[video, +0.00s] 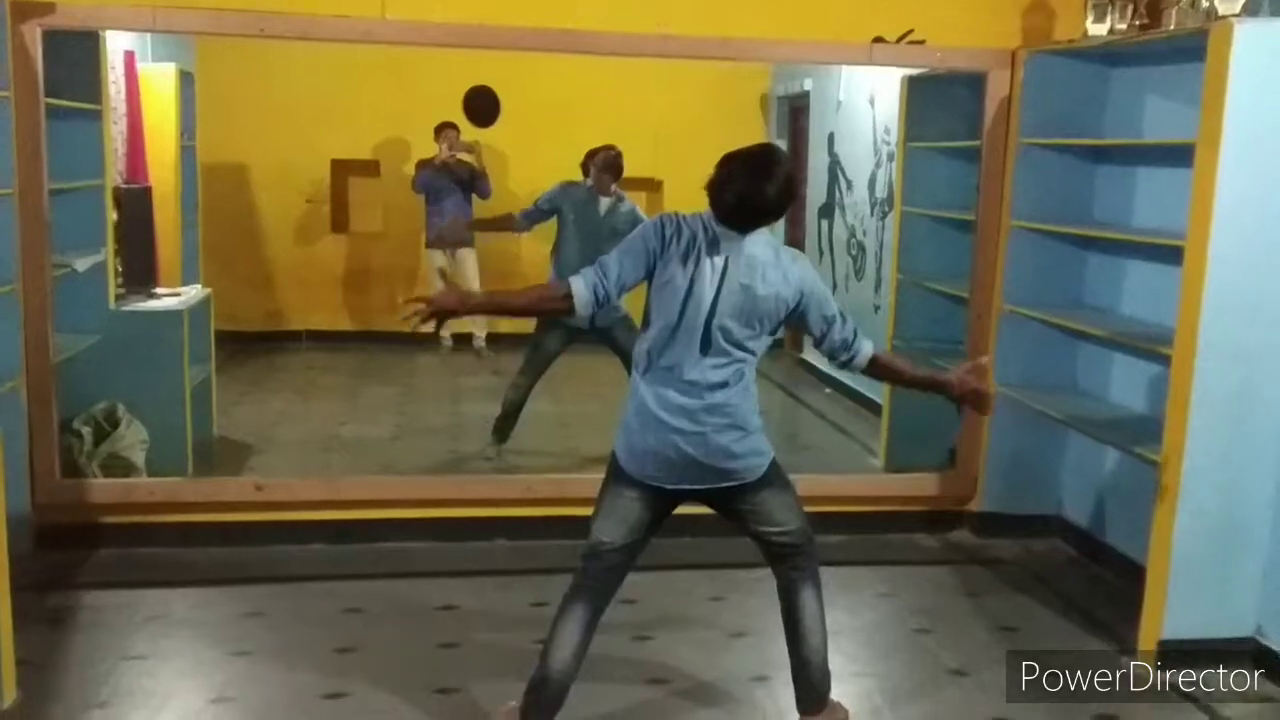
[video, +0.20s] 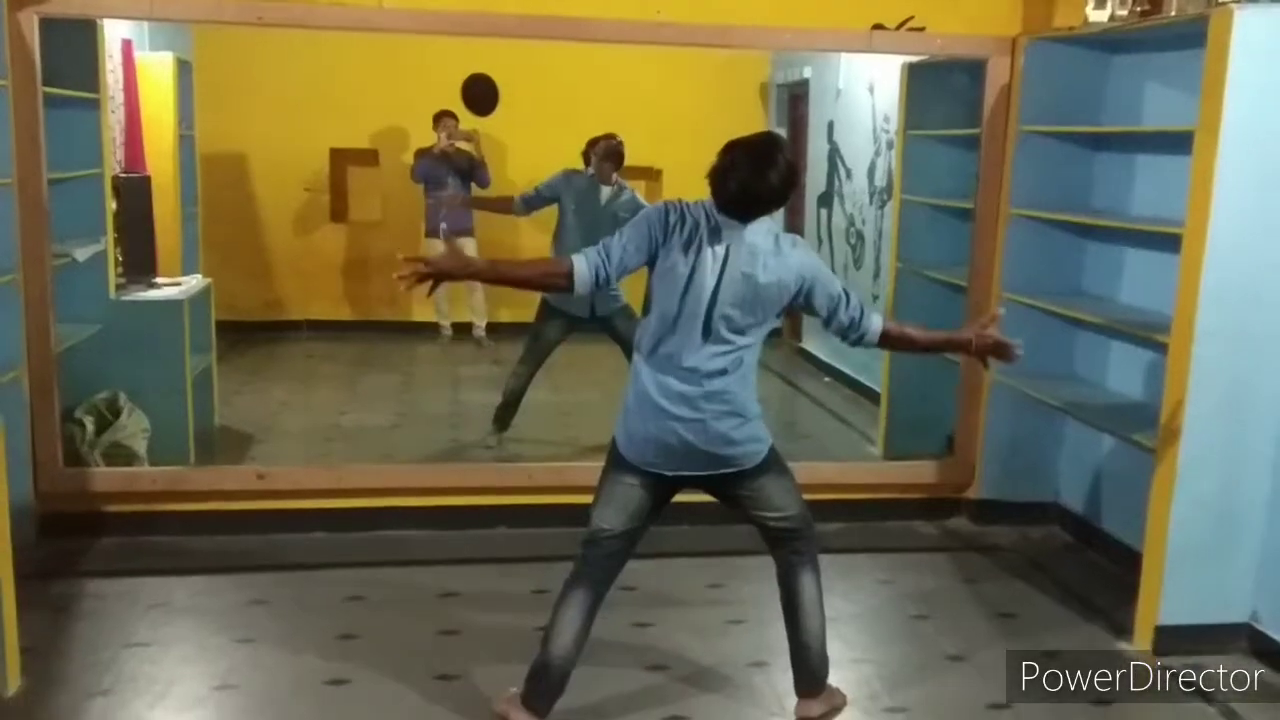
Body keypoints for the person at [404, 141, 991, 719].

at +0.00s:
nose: (795, 192)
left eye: (785, 182)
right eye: (791, 187)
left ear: (717, 191)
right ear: (779, 209)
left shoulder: (668, 232)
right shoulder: (791, 273)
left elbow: (578, 295)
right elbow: (857, 351)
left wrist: (472, 301)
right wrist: (945, 382)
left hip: (647, 442)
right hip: (730, 449)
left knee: (592, 582)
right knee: (797, 565)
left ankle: (533, 712)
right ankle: (816, 708)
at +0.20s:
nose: (782, 189)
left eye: (746, 171)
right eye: (785, 182)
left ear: (716, 180)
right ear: (778, 199)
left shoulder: (668, 221)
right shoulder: (791, 257)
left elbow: (577, 272)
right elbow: (868, 327)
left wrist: (466, 266)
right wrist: (958, 342)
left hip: (647, 429)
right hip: (731, 435)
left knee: (591, 571)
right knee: (797, 551)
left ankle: (528, 706)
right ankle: (813, 697)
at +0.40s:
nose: (791, 182)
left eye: (758, 161)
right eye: (788, 173)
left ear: (718, 172)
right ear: (776, 190)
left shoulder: (668, 211)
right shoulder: (789, 245)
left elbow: (570, 254)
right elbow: (873, 308)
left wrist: (463, 237)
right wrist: (971, 305)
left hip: (645, 421)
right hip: (729, 425)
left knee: (592, 558)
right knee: (795, 536)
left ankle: (530, 699)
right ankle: (811, 686)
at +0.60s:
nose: (792, 167)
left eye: (782, 153)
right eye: (789, 158)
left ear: (717, 158)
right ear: (775, 176)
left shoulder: (664, 203)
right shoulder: (786, 234)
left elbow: (565, 238)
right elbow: (879, 293)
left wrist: (466, 207)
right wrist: (981, 280)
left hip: (643, 416)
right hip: (728, 421)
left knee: (589, 556)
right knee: (795, 534)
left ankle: (525, 701)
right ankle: (811, 687)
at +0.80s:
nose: (770, 163)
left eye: (743, 146)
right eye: (774, 155)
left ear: (711, 153)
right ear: (769, 172)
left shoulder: (660, 206)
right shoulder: (784, 235)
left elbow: (559, 230)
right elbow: (879, 284)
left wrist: (464, 185)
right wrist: (978, 255)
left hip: (641, 415)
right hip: (726, 419)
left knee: (589, 552)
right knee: (792, 531)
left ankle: (527, 695)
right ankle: (808, 681)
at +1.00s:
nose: (770, 157)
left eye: (744, 146)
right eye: (773, 150)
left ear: (708, 150)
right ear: (768, 164)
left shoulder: (659, 205)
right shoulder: (782, 231)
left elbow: (560, 224)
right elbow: (880, 274)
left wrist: (472, 161)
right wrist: (972, 233)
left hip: (642, 417)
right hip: (728, 421)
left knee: (588, 553)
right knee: (792, 530)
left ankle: (527, 692)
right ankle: (808, 677)